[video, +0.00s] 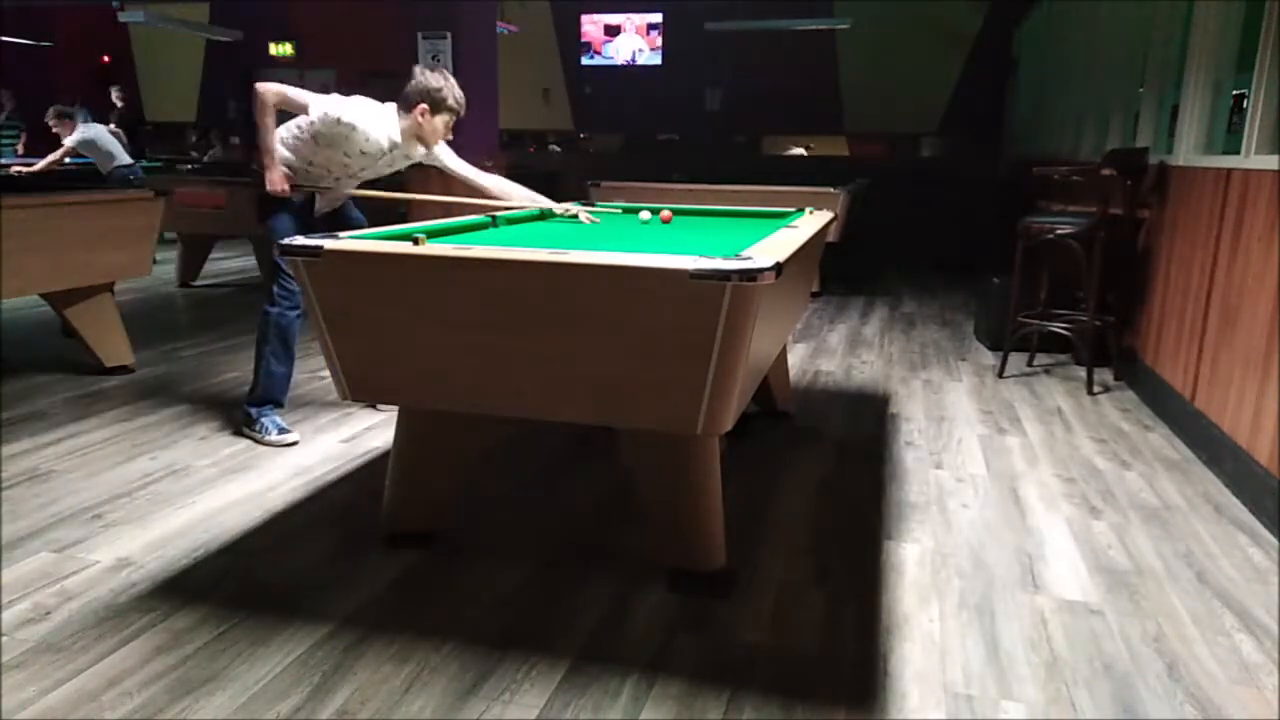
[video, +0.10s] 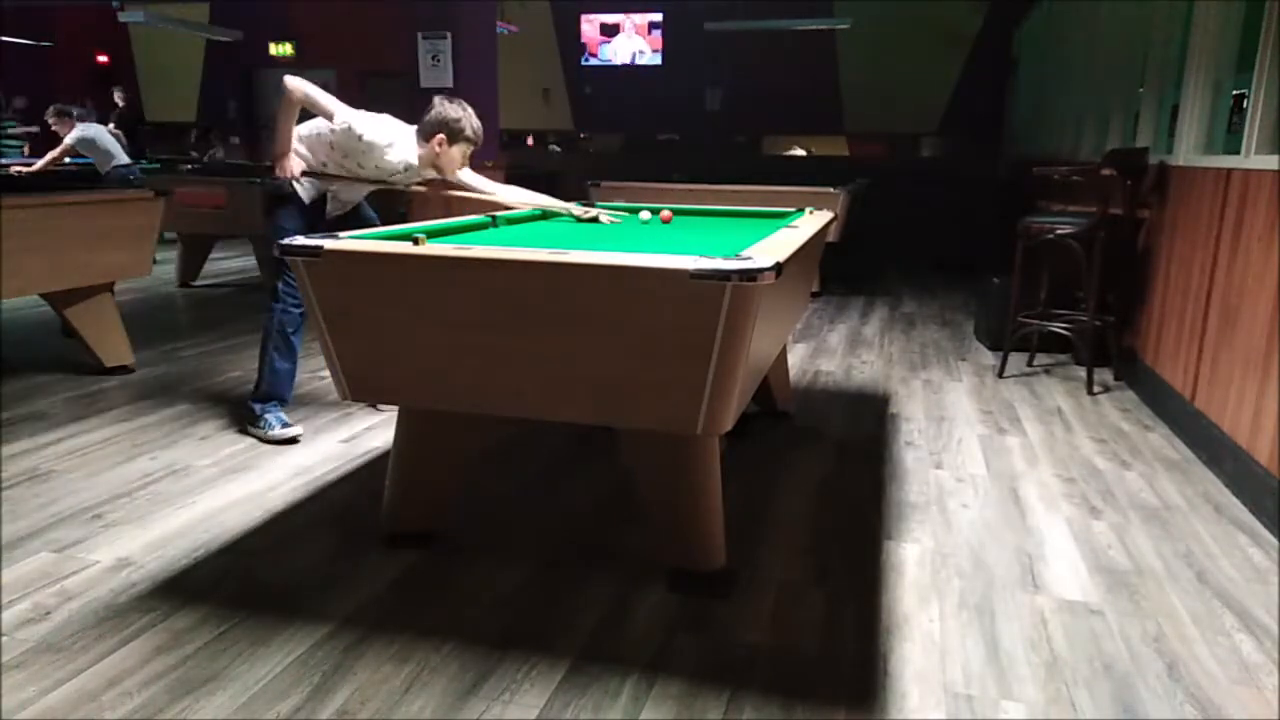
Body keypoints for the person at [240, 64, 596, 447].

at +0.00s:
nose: (450, 132)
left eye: (454, 124)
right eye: (449, 121)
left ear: (424, 114)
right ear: (422, 112)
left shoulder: (424, 146)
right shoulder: (353, 119)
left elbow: (488, 183)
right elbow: (266, 91)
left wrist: (554, 207)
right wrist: (270, 162)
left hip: (331, 192)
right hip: (286, 186)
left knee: (378, 274)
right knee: (287, 293)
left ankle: (377, 383)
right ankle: (260, 410)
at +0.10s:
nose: (466, 162)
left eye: (470, 154)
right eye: (466, 151)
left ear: (441, 141)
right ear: (441, 141)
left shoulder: (427, 164)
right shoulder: (380, 140)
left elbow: (498, 191)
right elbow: (292, 86)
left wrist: (571, 209)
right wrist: (283, 150)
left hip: (344, 191)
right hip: (298, 184)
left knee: (390, 273)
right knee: (292, 293)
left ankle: (383, 378)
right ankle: (266, 409)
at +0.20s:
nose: (468, 173)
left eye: (472, 165)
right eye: (467, 163)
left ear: (446, 153)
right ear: (442, 151)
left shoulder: (427, 163)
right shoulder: (381, 145)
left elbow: (496, 193)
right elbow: (297, 86)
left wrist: (568, 208)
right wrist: (288, 145)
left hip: (344, 191)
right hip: (298, 184)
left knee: (391, 272)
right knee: (292, 293)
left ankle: (393, 381)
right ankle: (265, 408)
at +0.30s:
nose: (468, 172)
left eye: (473, 165)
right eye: (468, 162)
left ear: (446, 152)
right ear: (443, 150)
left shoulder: (428, 163)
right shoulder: (381, 143)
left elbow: (499, 193)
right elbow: (297, 84)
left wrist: (570, 208)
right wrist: (275, 139)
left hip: (343, 187)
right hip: (298, 174)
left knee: (390, 269)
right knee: (292, 290)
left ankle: (394, 378)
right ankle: (265, 408)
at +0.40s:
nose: (468, 172)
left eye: (473, 165)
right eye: (468, 162)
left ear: (447, 151)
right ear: (444, 150)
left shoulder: (428, 162)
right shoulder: (382, 139)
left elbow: (500, 193)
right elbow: (298, 83)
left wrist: (570, 208)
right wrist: (290, 142)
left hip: (345, 189)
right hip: (299, 180)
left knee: (389, 272)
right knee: (293, 292)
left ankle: (395, 381)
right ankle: (266, 409)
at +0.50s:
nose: (470, 172)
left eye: (474, 164)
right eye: (469, 161)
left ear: (448, 150)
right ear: (444, 148)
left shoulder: (432, 161)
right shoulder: (382, 136)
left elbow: (503, 195)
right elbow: (299, 79)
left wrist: (572, 209)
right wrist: (279, 133)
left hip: (345, 186)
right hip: (299, 172)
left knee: (387, 271)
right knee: (293, 290)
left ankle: (392, 380)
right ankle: (266, 408)